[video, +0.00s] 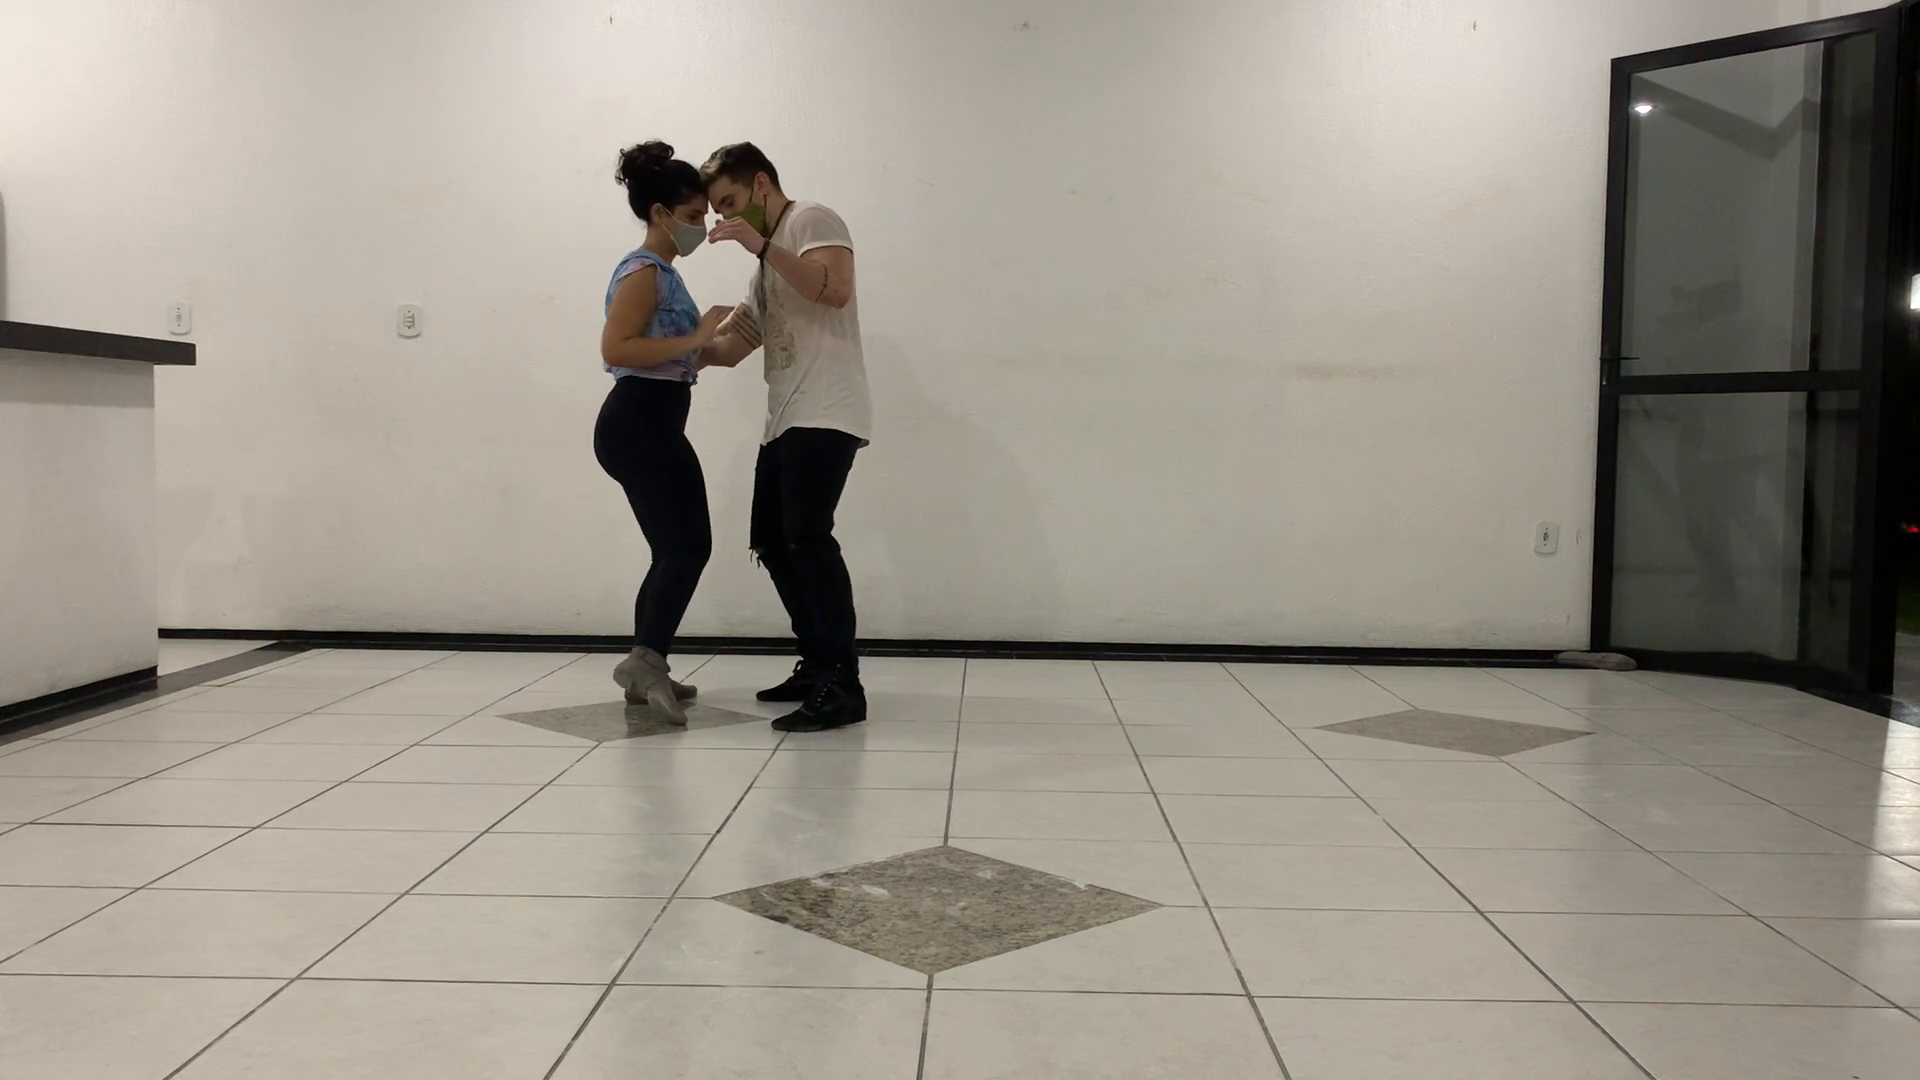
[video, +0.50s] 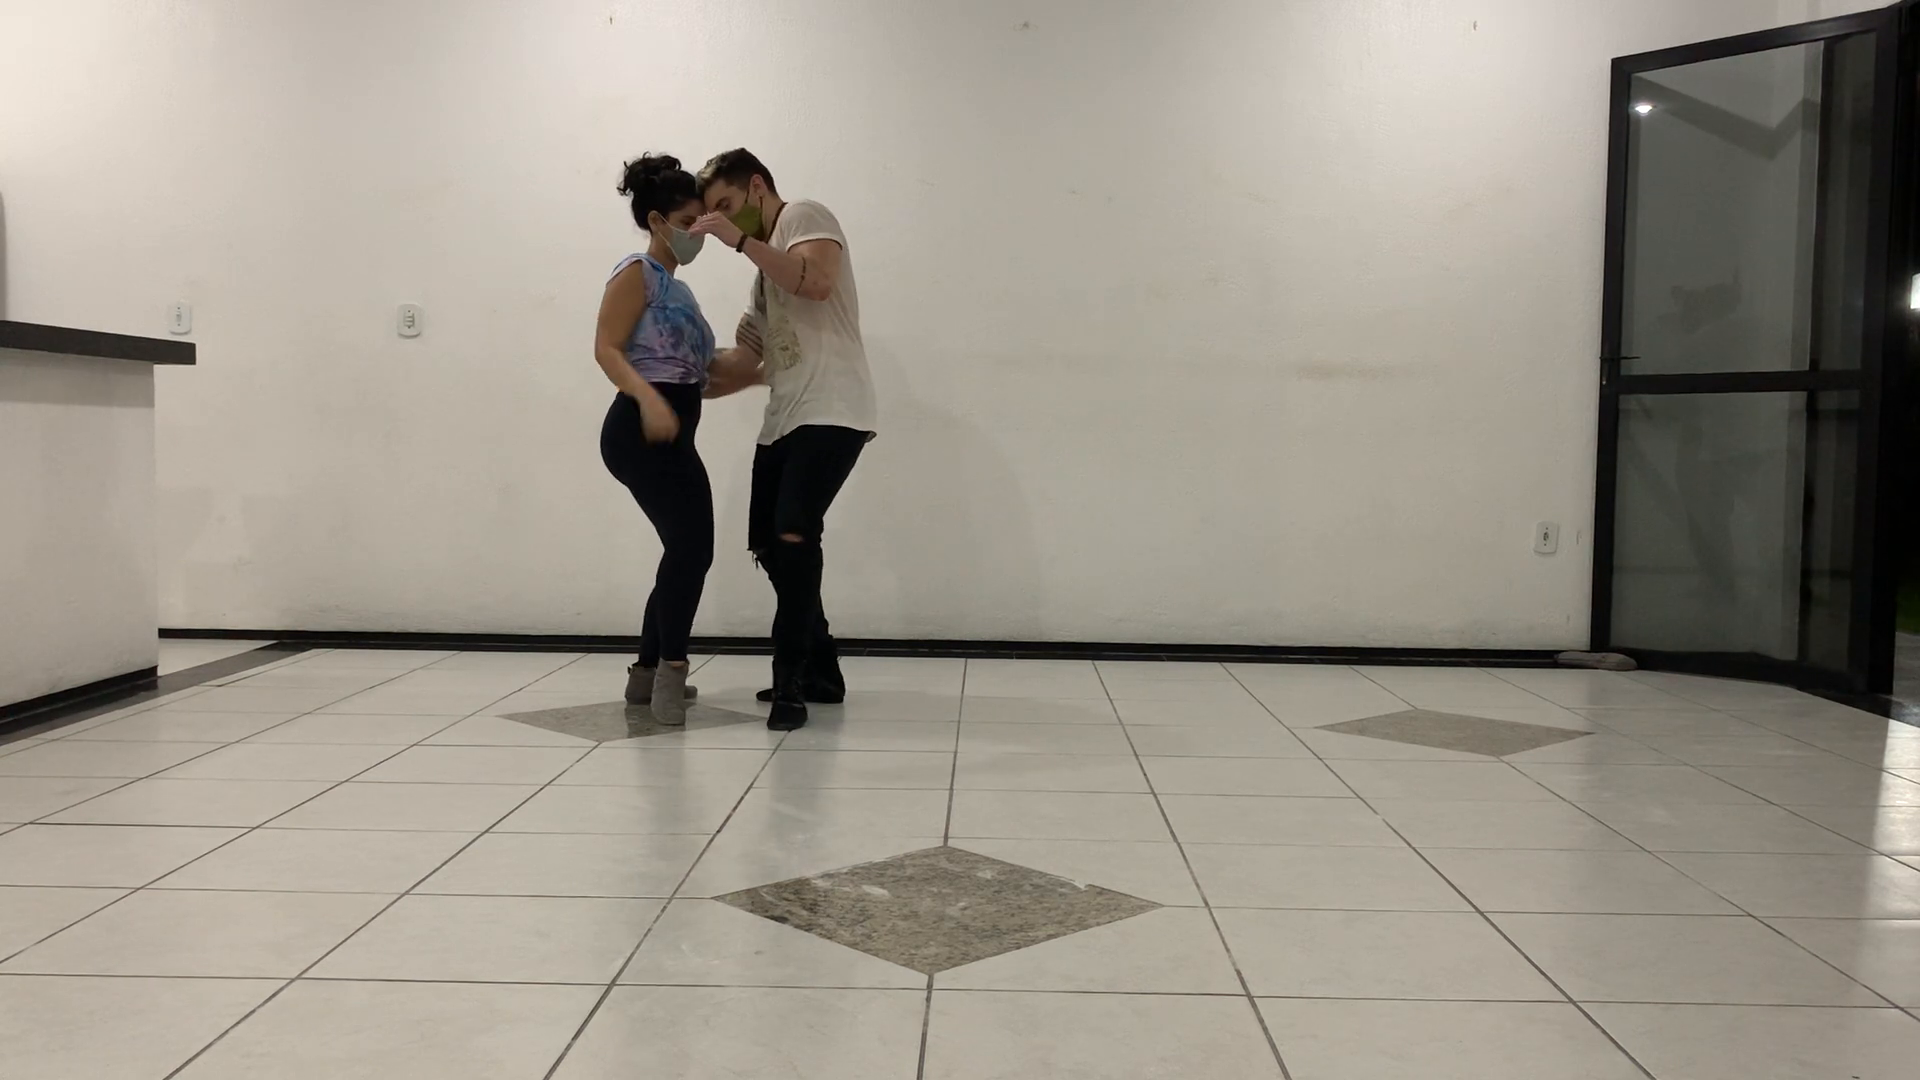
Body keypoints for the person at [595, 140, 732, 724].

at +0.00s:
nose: (703, 228)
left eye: (705, 217)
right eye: (694, 218)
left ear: (665, 214)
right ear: (659, 215)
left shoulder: (660, 273)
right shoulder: (644, 274)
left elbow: (660, 353)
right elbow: (616, 349)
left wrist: (711, 341)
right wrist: (695, 337)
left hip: (644, 426)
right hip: (641, 429)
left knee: (676, 548)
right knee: (687, 546)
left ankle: (648, 666)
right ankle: (647, 660)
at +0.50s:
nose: (698, 232)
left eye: (700, 220)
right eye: (688, 220)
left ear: (691, 221)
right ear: (655, 221)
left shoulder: (673, 286)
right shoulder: (635, 274)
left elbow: (703, 376)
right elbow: (605, 349)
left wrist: (767, 368)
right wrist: (648, 398)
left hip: (672, 428)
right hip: (642, 426)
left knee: (689, 547)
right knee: (690, 546)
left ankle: (648, 674)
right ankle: (669, 676)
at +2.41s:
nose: (694, 240)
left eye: (699, 227)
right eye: (682, 228)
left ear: (705, 228)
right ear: (653, 230)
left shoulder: (677, 300)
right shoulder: (643, 273)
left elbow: (730, 372)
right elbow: (575, 302)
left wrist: (774, 350)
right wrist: (616, 378)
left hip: (669, 424)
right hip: (642, 419)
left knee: (694, 550)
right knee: (671, 547)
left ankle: (651, 666)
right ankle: (636, 672)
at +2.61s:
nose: (695, 238)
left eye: (700, 227)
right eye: (683, 228)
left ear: (705, 229)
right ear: (655, 230)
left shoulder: (675, 298)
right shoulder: (645, 270)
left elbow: (733, 373)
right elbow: (577, 287)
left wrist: (757, 354)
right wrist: (624, 357)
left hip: (670, 427)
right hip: (643, 424)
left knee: (693, 551)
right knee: (656, 550)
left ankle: (649, 667)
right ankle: (627, 678)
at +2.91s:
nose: (695, 238)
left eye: (700, 227)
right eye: (685, 226)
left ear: (702, 229)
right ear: (656, 226)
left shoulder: (680, 298)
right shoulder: (638, 265)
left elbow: (701, 377)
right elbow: (567, 269)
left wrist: (757, 367)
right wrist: (639, 287)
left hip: (664, 429)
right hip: (640, 424)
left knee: (686, 546)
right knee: (682, 544)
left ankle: (652, 669)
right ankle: (649, 674)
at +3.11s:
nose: (700, 237)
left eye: (704, 226)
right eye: (691, 224)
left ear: (700, 230)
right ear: (658, 220)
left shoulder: (680, 296)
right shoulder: (638, 265)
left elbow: (720, 371)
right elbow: (580, 296)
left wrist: (758, 348)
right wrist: (631, 247)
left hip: (671, 426)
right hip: (641, 422)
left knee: (688, 552)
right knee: (669, 551)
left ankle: (652, 670)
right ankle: (645, 679)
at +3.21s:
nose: (700, 236)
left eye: (703, 225)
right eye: (692, 224)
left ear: (685, 232)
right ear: (663, 221)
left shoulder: (670, 279)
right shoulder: (639, 264)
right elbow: (591, 304)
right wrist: (625, 243)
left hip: (670, 424)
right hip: (644, 421)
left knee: (687, 551)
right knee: (662, 551)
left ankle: (651, 671)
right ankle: (644, 682)